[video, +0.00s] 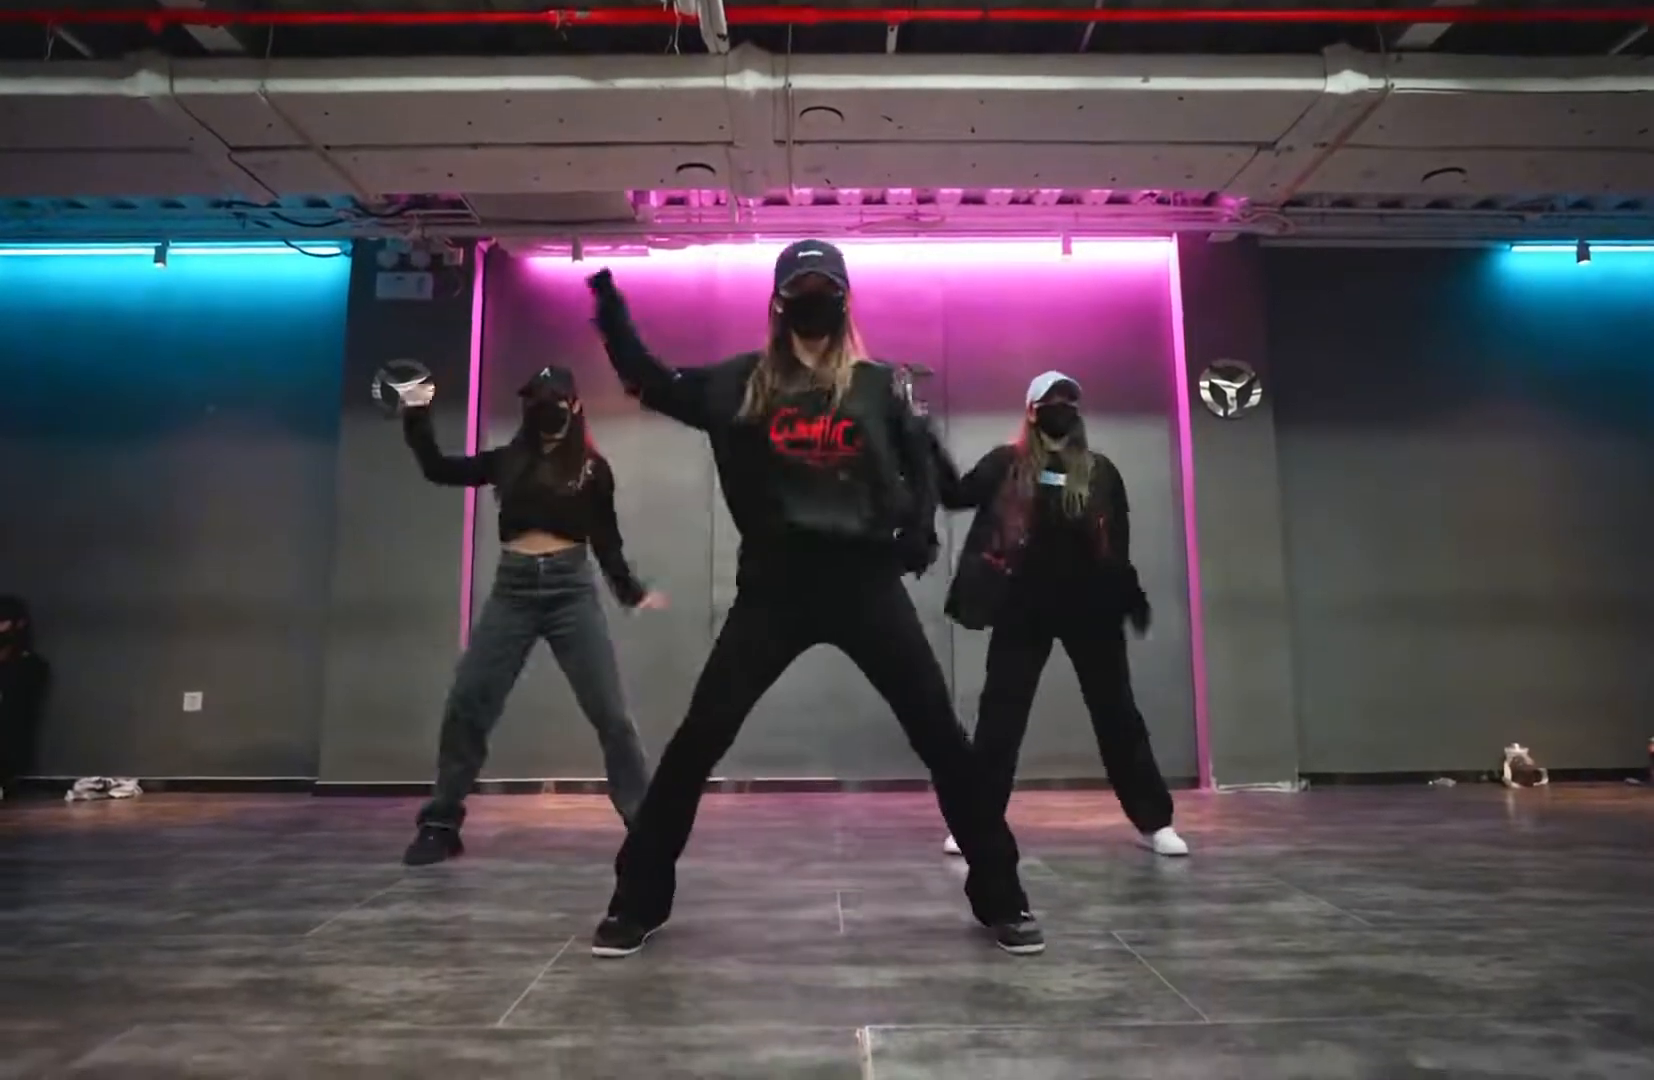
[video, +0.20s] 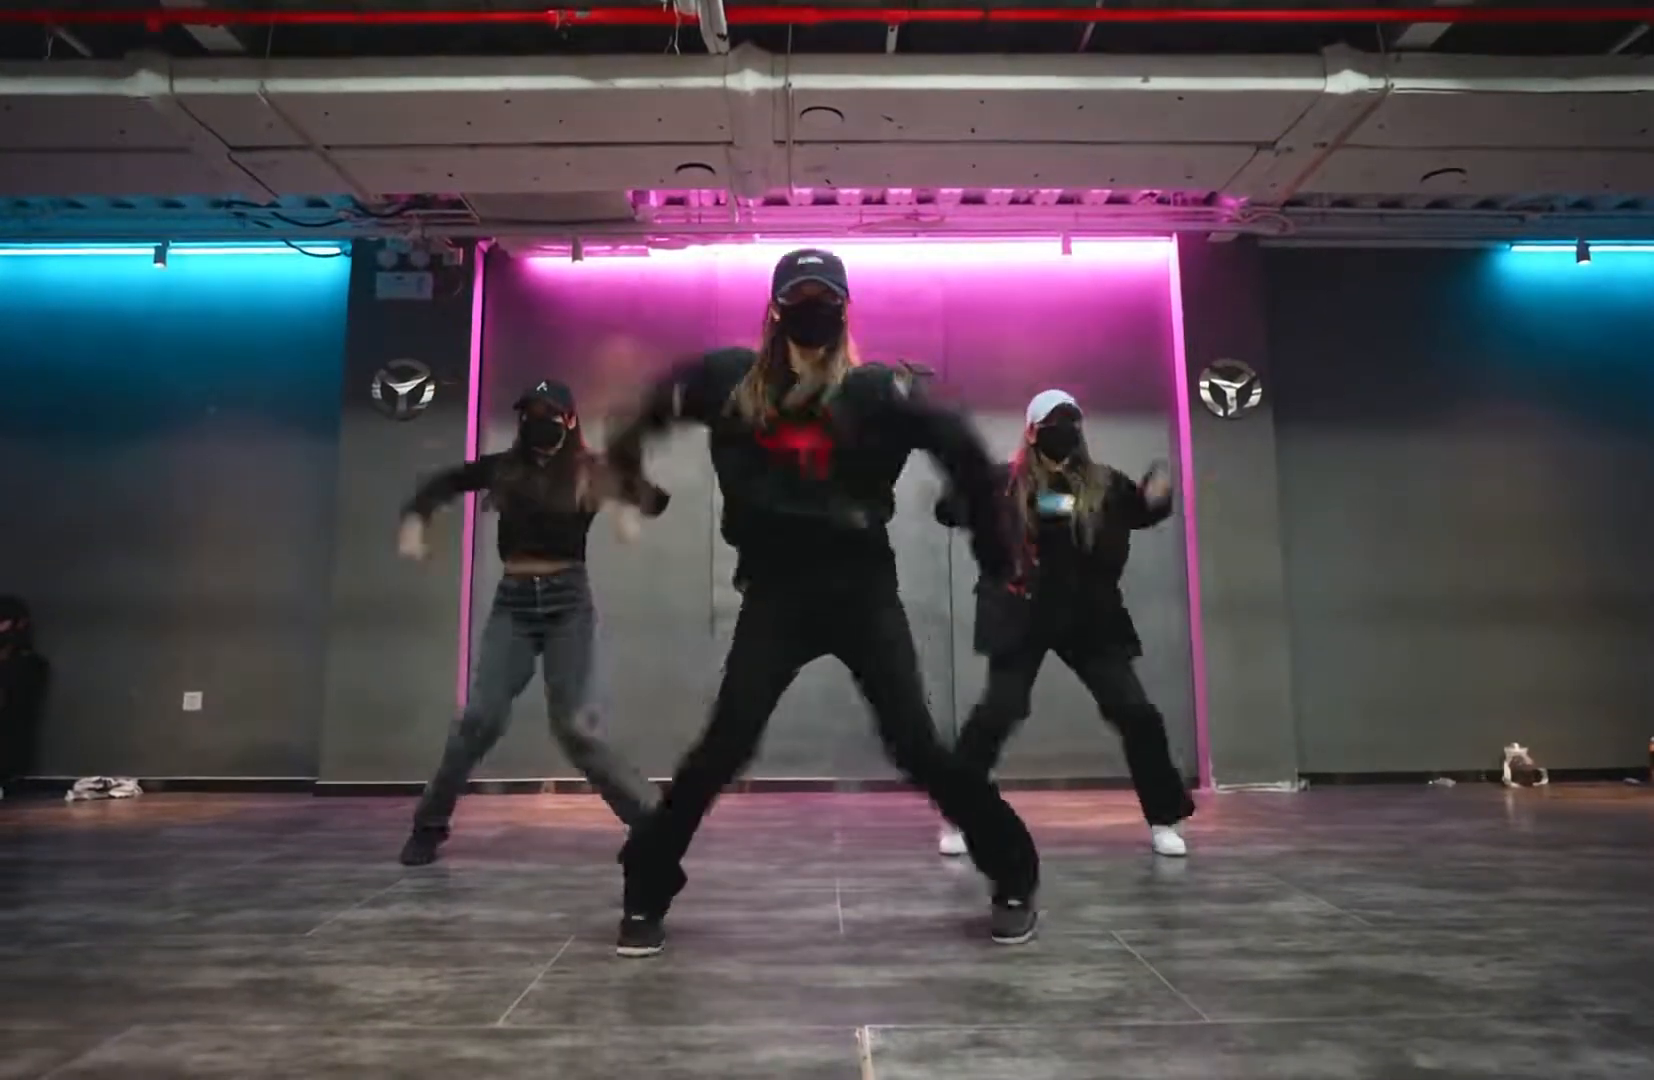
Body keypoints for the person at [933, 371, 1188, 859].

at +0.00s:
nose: (1063, 411)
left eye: (1069, 403)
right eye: (1053, 404)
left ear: (1079, 410)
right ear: (1034, 411)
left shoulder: (1100, 471)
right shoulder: (1007, 462)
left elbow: (1117, 546)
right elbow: (956, 494)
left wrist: (1132, 596)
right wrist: (921, 437)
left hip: (1091, 610)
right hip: (1023, 611)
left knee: (1117, 714)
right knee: (1000, 721)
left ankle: (1157, 823)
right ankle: (972, 830)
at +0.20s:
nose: (1068, 436)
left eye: (1073, 427)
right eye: (1056, 428)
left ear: (1082, 429)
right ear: (1034, 434)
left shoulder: (1104, 485)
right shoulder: (1003, 486)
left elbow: (1136, 514)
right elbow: (950, 513)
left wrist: (1155, 502)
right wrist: (963, 486)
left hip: (1088, 622)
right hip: (1020, 622)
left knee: (1137, 715)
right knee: (1001, 710)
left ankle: (1165, 820)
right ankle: (956, 812)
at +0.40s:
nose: (1060, 481)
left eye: (1067, 470)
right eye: (1049, 471)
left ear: (1079, 471)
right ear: (1032, 471)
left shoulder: (1103, 524)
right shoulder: (1013, 525)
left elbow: (1125, 588)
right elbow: (983, 590)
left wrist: (1140, 644)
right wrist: (981, 650)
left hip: (1090, 646)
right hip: (1025, 648)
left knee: (1137, 732)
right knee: (1014, 733)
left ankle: (1154, 820)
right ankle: (961, 821)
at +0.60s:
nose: (1107, 424)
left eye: (1106, 417)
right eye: (1097, 416)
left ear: (1088, 424)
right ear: (1067, 422)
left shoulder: (1109, 481)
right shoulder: (1038, 479)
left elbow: (1131, 560)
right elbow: (1054, 550)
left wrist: (1149, 629)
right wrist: (1136, 550)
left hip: (1103, 615)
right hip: (1040, 613)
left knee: (1169, 700)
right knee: (1004, 708)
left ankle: (1157, 818)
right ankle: (959, 822)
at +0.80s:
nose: (1111, 430)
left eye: (1112, 423)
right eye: (1105, 422)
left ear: (1084, 422)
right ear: (1078, 422)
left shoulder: (1095, 471)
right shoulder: (1046, 470)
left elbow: (1115, 539)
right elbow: (1056, 544)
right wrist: (1137, 542)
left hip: (1095, 619)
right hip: (1039, 619)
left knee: (1166, 698)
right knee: (1006, 711)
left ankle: (1157, 819)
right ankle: (960, 822)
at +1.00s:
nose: (1078, 424)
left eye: (1083, 416)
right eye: (1067, 416)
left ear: (1093, 422)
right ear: (1045, 424)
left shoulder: (1104, 473)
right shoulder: (1029, 477)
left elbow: (1118, 544)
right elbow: (1037, 540)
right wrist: (1113, 540)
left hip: (1098, 619)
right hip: (1032, 620)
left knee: (1160, 701)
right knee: (1002, 714)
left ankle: (1158, 823)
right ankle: (959, 826)